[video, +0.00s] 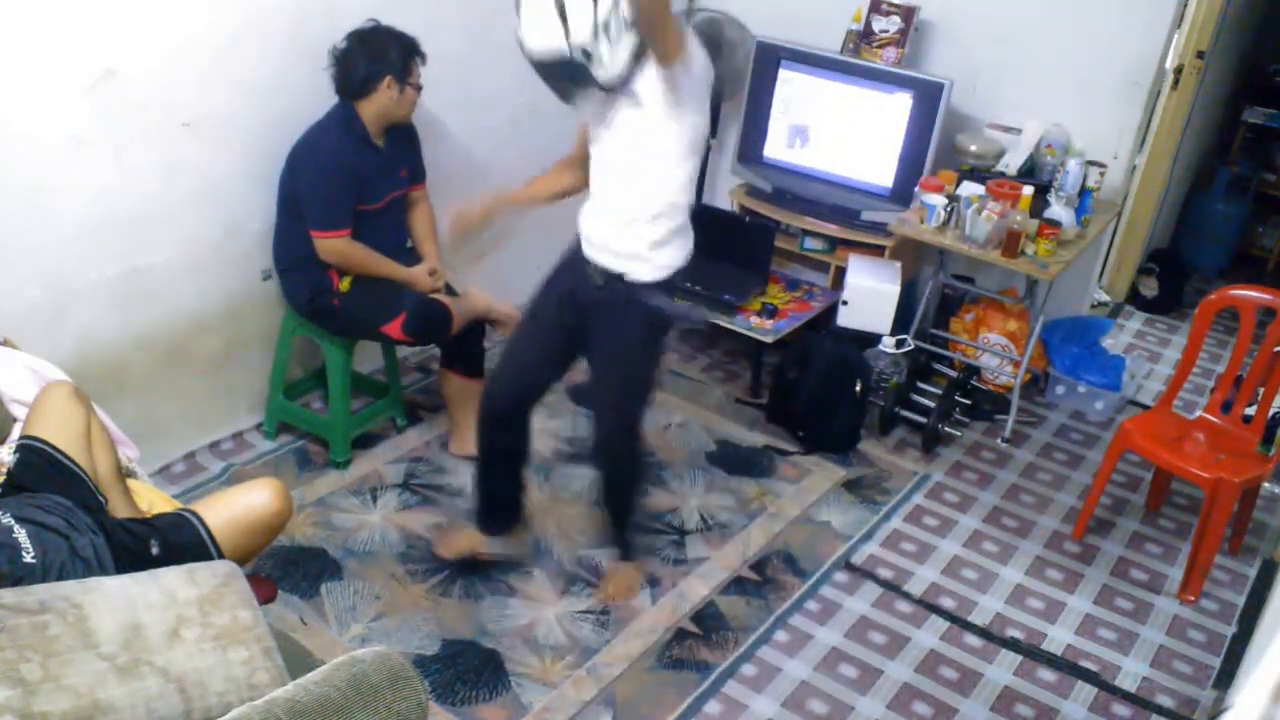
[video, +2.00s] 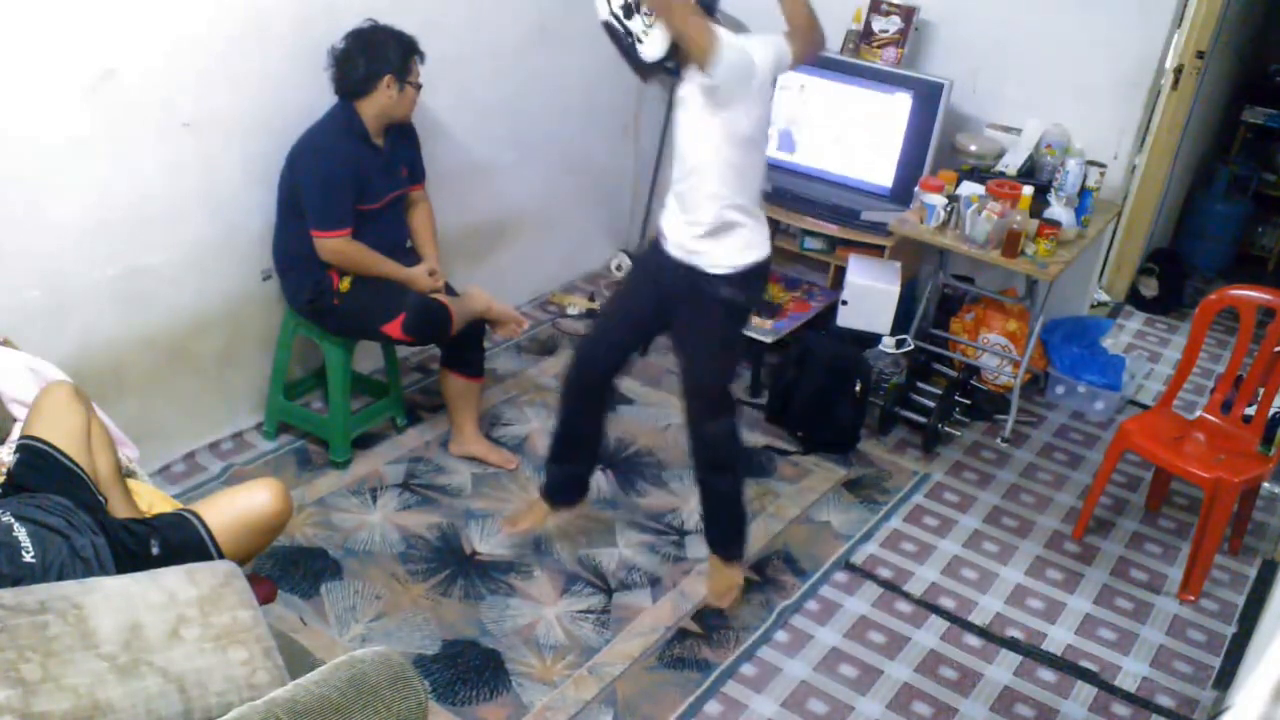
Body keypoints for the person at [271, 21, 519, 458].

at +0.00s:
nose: (419, 96)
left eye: (420, 87)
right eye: (416, 87)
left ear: (386, 86)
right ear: (388, 86)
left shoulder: (399, 130)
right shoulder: (326, 150)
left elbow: (417, 201)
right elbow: (331, 248)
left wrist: (431, 259)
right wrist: (407, 275)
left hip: (388, 262)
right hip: (326, 283)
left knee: (465, 326)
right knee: (421, 322)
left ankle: (465, 438)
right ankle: (476, 306)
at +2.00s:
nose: (419, 95)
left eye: (419, 87)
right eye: (416, 86)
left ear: (387, 87)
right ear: (387, 87)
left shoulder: (399, 131)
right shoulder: (325, 151)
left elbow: (417, 202)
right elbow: (333, 249)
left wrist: (429, 259)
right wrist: (407, 276)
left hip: (388, 265)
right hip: (327, 283)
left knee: (465, 321)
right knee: (425, 323)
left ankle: (466, 435)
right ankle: (477, 304)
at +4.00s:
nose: (419, 95)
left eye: (419, 86)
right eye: (415, 86)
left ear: (386, 87)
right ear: (387, 87)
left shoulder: (399, 131)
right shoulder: (324, 151)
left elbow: (417, 202)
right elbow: (332, 249)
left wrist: (429, 259)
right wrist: (407, 276)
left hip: (387, 266)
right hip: (326, 283)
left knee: (466, 321)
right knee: (424, 323)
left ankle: (466, 435)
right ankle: (477, 305)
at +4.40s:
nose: (419, 95)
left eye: (419, 86)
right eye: (416, 86)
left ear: (386, 87)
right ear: (387, 87)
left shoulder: (398, 130)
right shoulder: (325, 151)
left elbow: (417, 202)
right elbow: (332, 249)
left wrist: (429, 261)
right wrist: (406, 276)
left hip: (387, 266)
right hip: (326, 284)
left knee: (466, 321)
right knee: (424, 323)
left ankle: (466, 435)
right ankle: (478, 305)